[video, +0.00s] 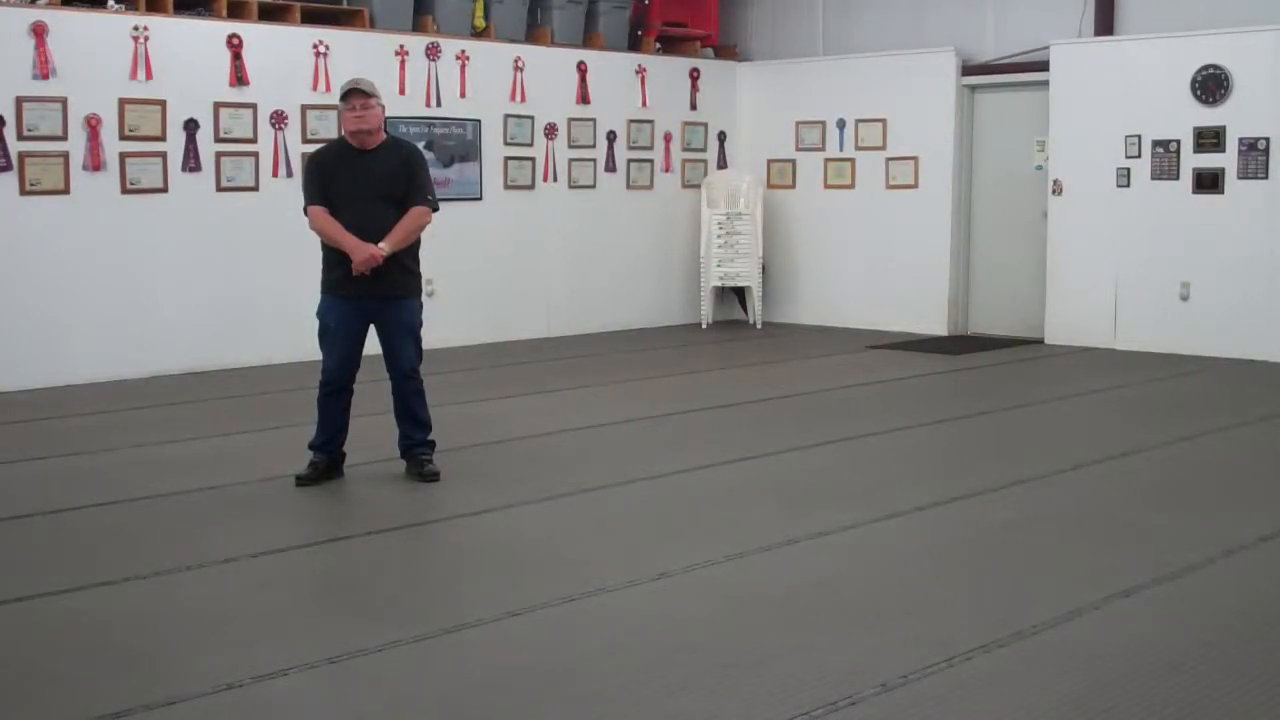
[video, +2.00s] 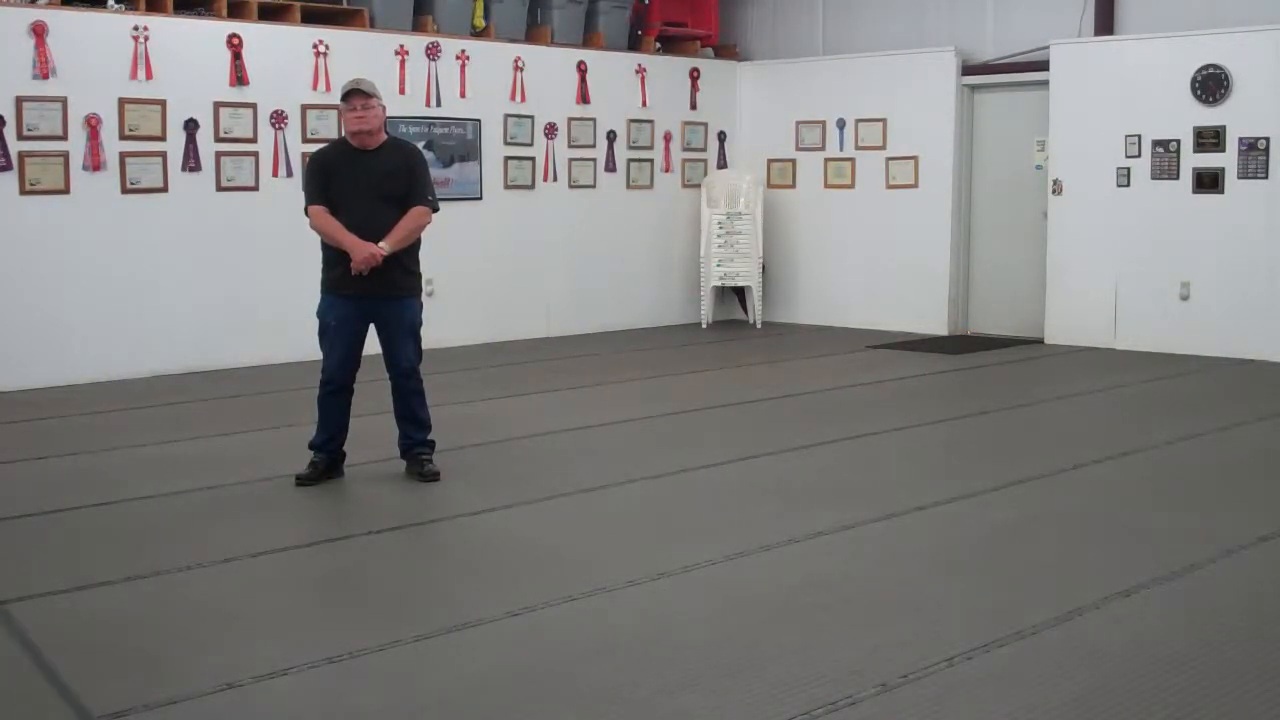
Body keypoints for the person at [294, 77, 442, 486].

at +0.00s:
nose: (359, 114)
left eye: (367, 106)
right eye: (351, 108)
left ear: (382, 111)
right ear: (340, 117)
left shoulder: (407, 155)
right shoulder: (321, 161)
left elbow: (422, 212)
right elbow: (316, 216)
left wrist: (380, 250)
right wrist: (355, 248)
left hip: (398, 287)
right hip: (343, 288)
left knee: (407, 373)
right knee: (335, 376)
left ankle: (419, 452)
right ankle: (326, 455)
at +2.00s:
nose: (359, 114)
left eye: (366, 107)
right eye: (351, 109)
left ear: (382, 111)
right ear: (341, 117)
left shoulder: (407, 155)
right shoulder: (323, 161)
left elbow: (422, 213)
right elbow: (317, 215)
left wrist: (379, 250)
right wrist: (355, 246)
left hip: (398, 287)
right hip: (342, 288)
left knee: (406, 373)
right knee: (335, 375)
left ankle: (419, 452)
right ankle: (327, 455)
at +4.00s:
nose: (357, 117)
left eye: (364, 109)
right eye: (350, 111)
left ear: (381, 113)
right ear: (339, 118)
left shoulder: (406, 155)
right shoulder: (321, 161)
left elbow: (421, 212)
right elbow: (316, 215)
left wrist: (378, 250)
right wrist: (355, 246)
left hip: (397, 289)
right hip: (342, 290)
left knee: (407, 373)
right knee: (335, 378)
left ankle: (418, 451)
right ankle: (327, 461)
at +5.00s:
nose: (357, 117)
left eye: (364, 109)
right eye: (349, 112)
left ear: (380, 113)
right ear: (338, 120)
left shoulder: (406, 155)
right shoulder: (328, 158)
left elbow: (421, 213)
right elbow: (312, 214)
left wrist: (378, 250)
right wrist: (354, 246)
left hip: (397, 288)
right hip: (342, 289)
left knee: (406, 372)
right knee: (335, 376)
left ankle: (418, 450)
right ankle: (326, 454)